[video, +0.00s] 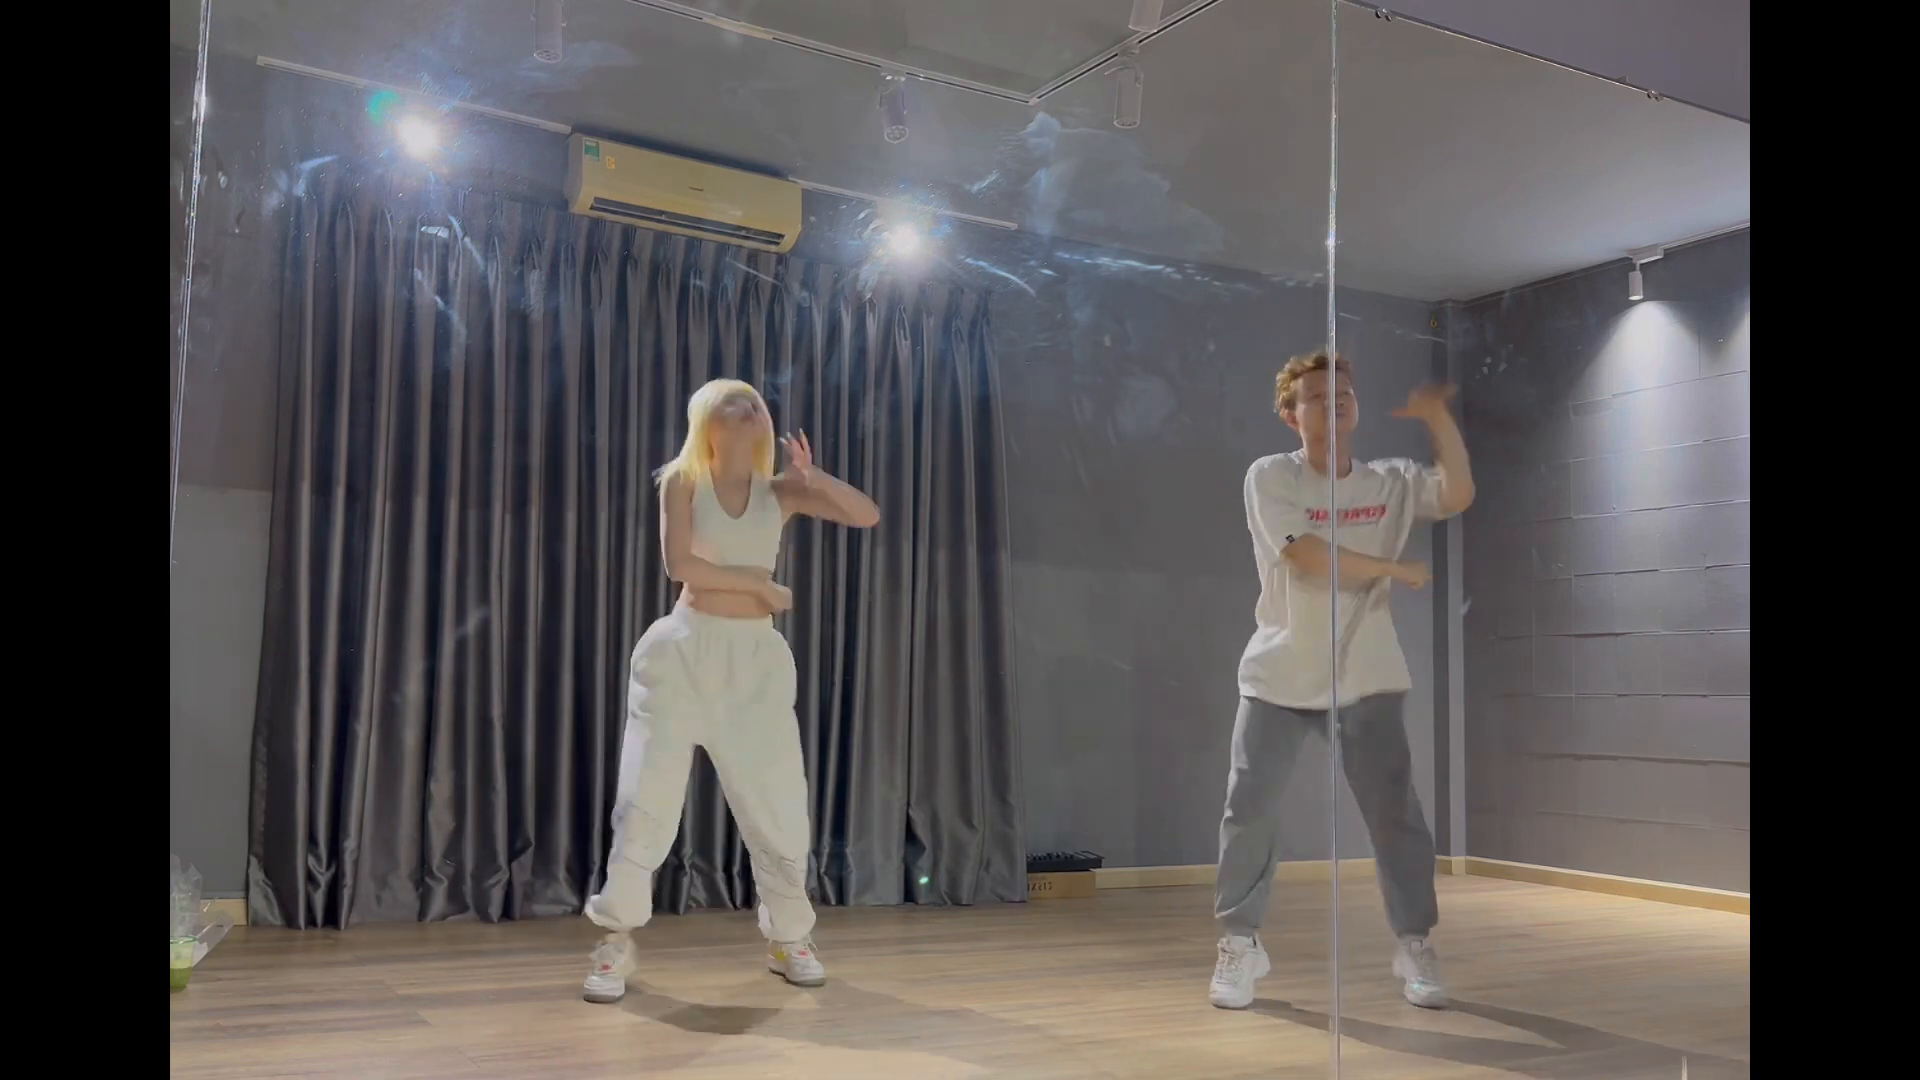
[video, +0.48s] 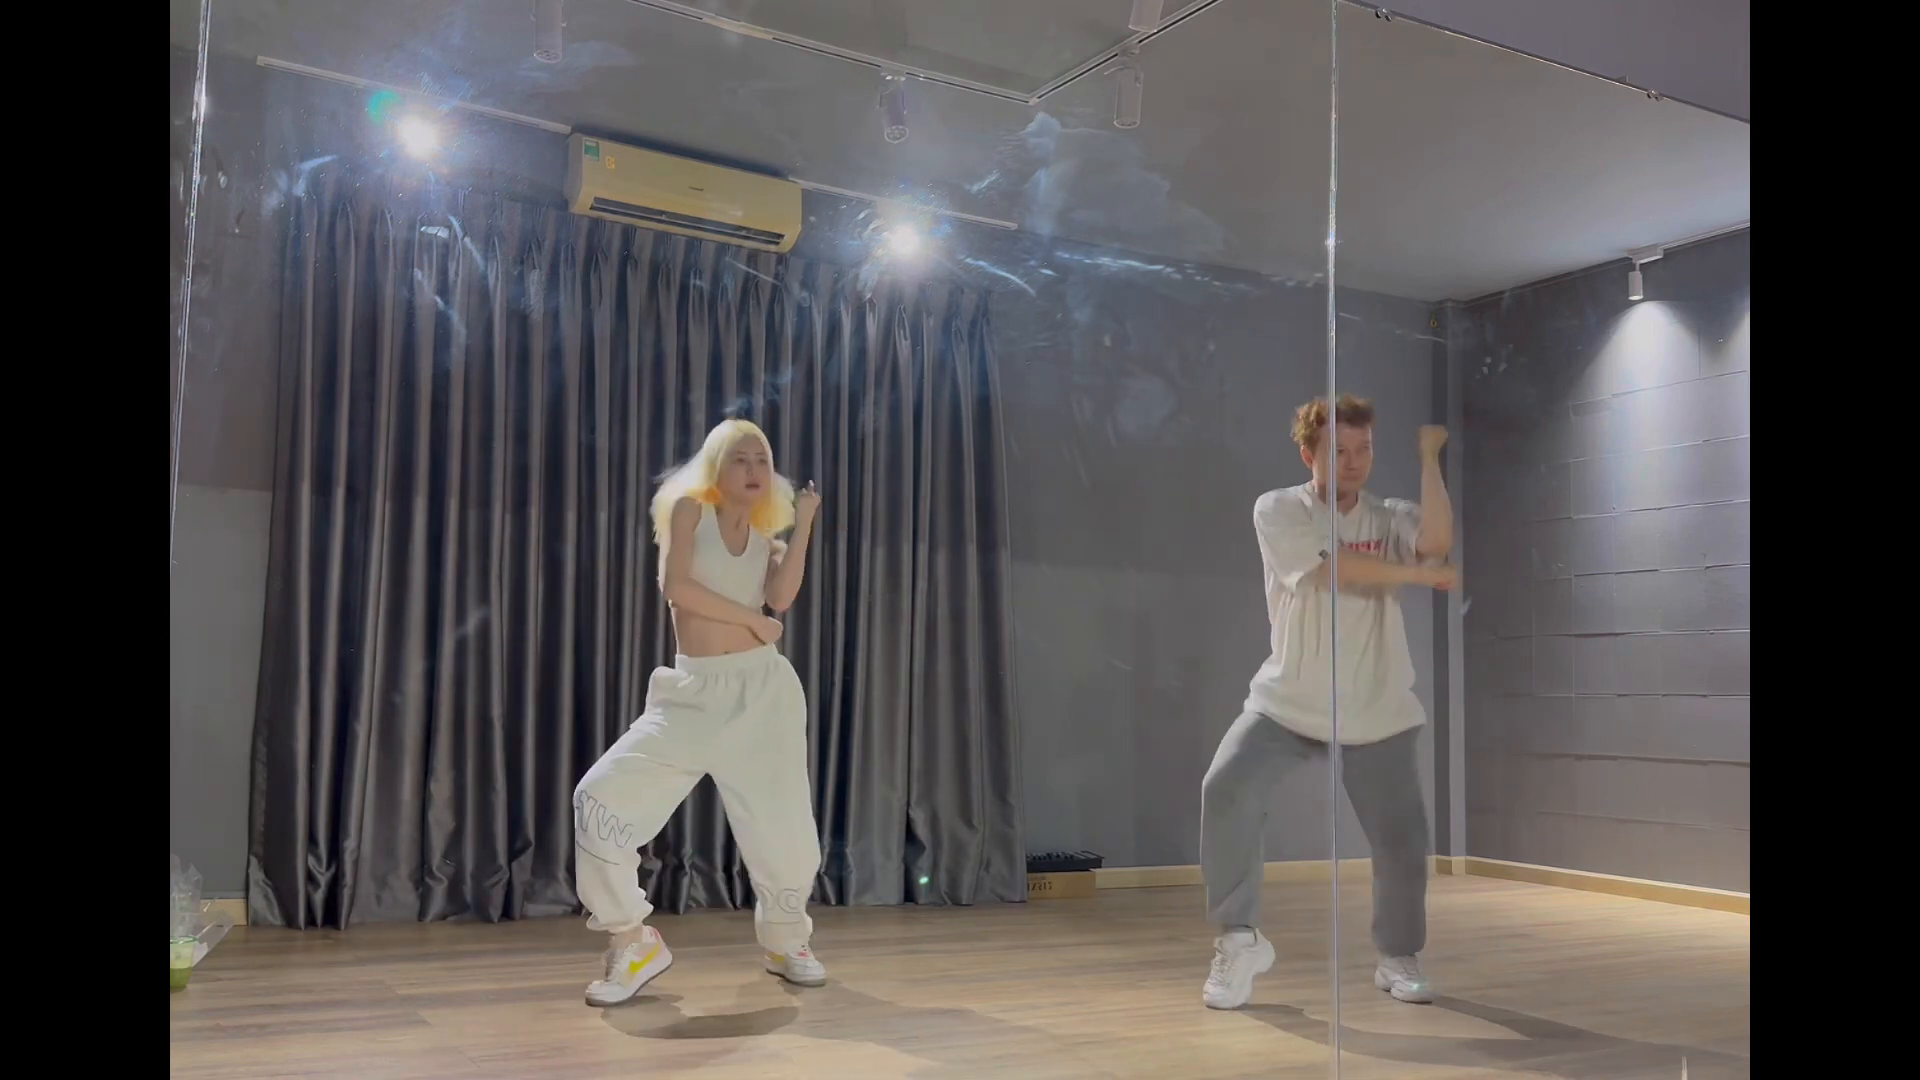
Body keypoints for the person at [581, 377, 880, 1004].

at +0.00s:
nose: (750, 410)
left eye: (756, 403)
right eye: (734, 405)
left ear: (766, 424)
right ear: (709, 428)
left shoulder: (781, 487)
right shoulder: (683, 482)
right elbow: (680, 565)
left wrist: (813, 477)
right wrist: (759, 586)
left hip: (756, 665)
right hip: (679, 660)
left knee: (780, 812)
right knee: (644, 805)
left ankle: (789, 940)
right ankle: (615, 945)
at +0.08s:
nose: (734, 400)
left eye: (743, 397)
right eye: (719, 399)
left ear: (759, 425)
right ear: (702, 430)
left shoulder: (785, 486)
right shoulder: (687, 489)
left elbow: (866, 521)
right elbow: (687, 575)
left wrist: (812, 455)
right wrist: (768, 583)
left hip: (749, 652)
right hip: (681, 643)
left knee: (759, 796)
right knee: (652, 794)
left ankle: (788, 936)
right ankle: (609, 941)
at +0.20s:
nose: (751, 413)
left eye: (756, 408)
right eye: (736, 410)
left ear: (767, 431)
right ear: (710, 438)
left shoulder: (786, 492)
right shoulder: (694, 496)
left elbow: (826, 544)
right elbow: (696, 587)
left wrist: (817, 468)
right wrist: (774, 592)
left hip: (742, 659)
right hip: (674, 648)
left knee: (752, 799)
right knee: (638, 792)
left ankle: (785, 938)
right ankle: (600, 938)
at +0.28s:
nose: (751, 424)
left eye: (759, 416)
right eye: (736, 416)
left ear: (774, 434)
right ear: (710, 434)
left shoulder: (789, 503)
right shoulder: (691, 491)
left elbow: (805, 558)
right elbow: (695, 581)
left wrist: (821, 474)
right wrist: (770, 596)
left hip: (750, 662)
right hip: (678, 654)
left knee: (758, 801)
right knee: (628, 789)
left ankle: (784, 939)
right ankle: (614, 934)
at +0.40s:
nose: (756, 472)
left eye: (764, 463)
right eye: (742, 462)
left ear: (775, 476)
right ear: (714, 472)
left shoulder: (766, 543)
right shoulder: (690, 509)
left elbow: (774, 599)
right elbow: (679, 588)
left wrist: (804, 526)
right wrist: (755, 620)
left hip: (768, 697)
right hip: (693, 699)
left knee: (788, 828)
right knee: (603, 798)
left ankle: (788, 944)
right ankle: (636, 943)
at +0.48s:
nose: (754, 468)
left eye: (762, 460)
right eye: (741, 459)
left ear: (771, 473)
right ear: (715, 470)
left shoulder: (767, 538)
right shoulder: (690, 509)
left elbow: (780, 599)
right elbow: (677, 590)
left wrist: (804, 527)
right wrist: (753, 618)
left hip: (765, 695)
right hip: (690, 697)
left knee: (786, 828)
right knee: (598, 800)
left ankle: (786, 943)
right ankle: (636, 942)